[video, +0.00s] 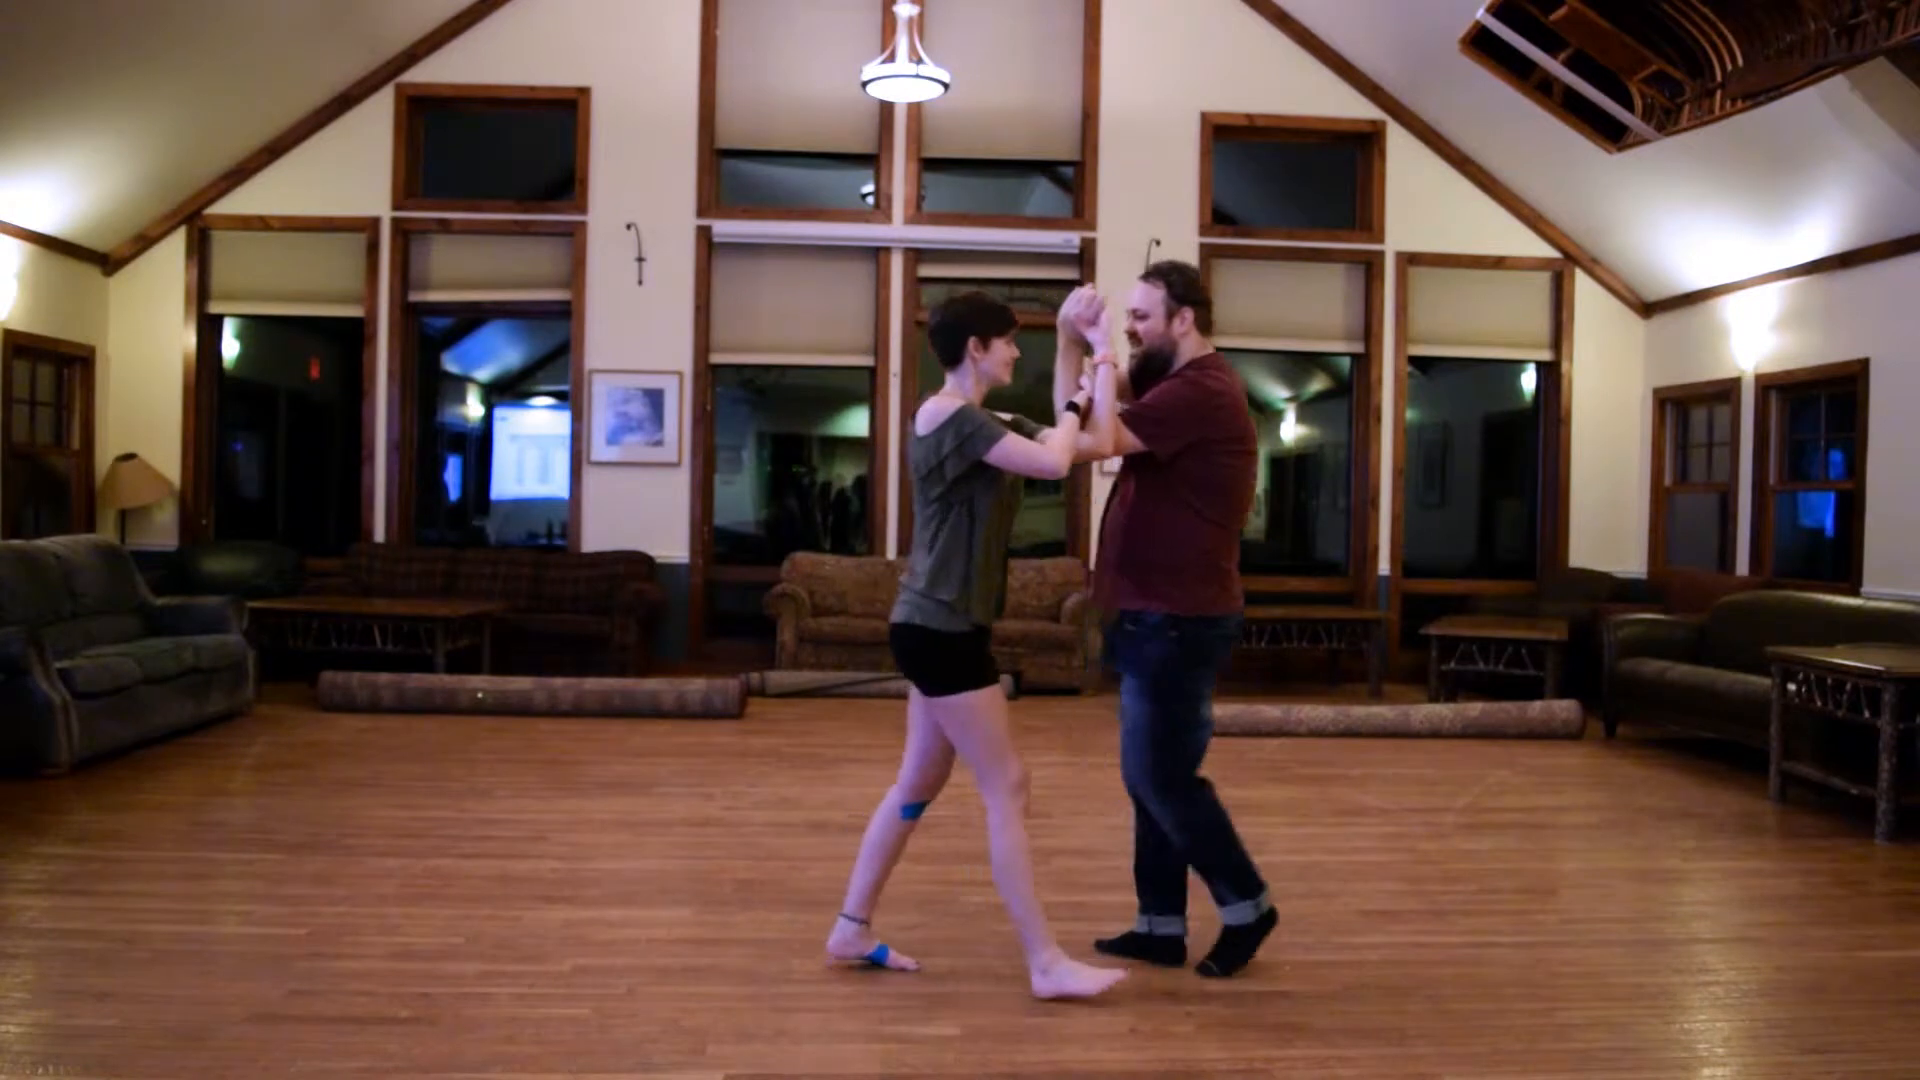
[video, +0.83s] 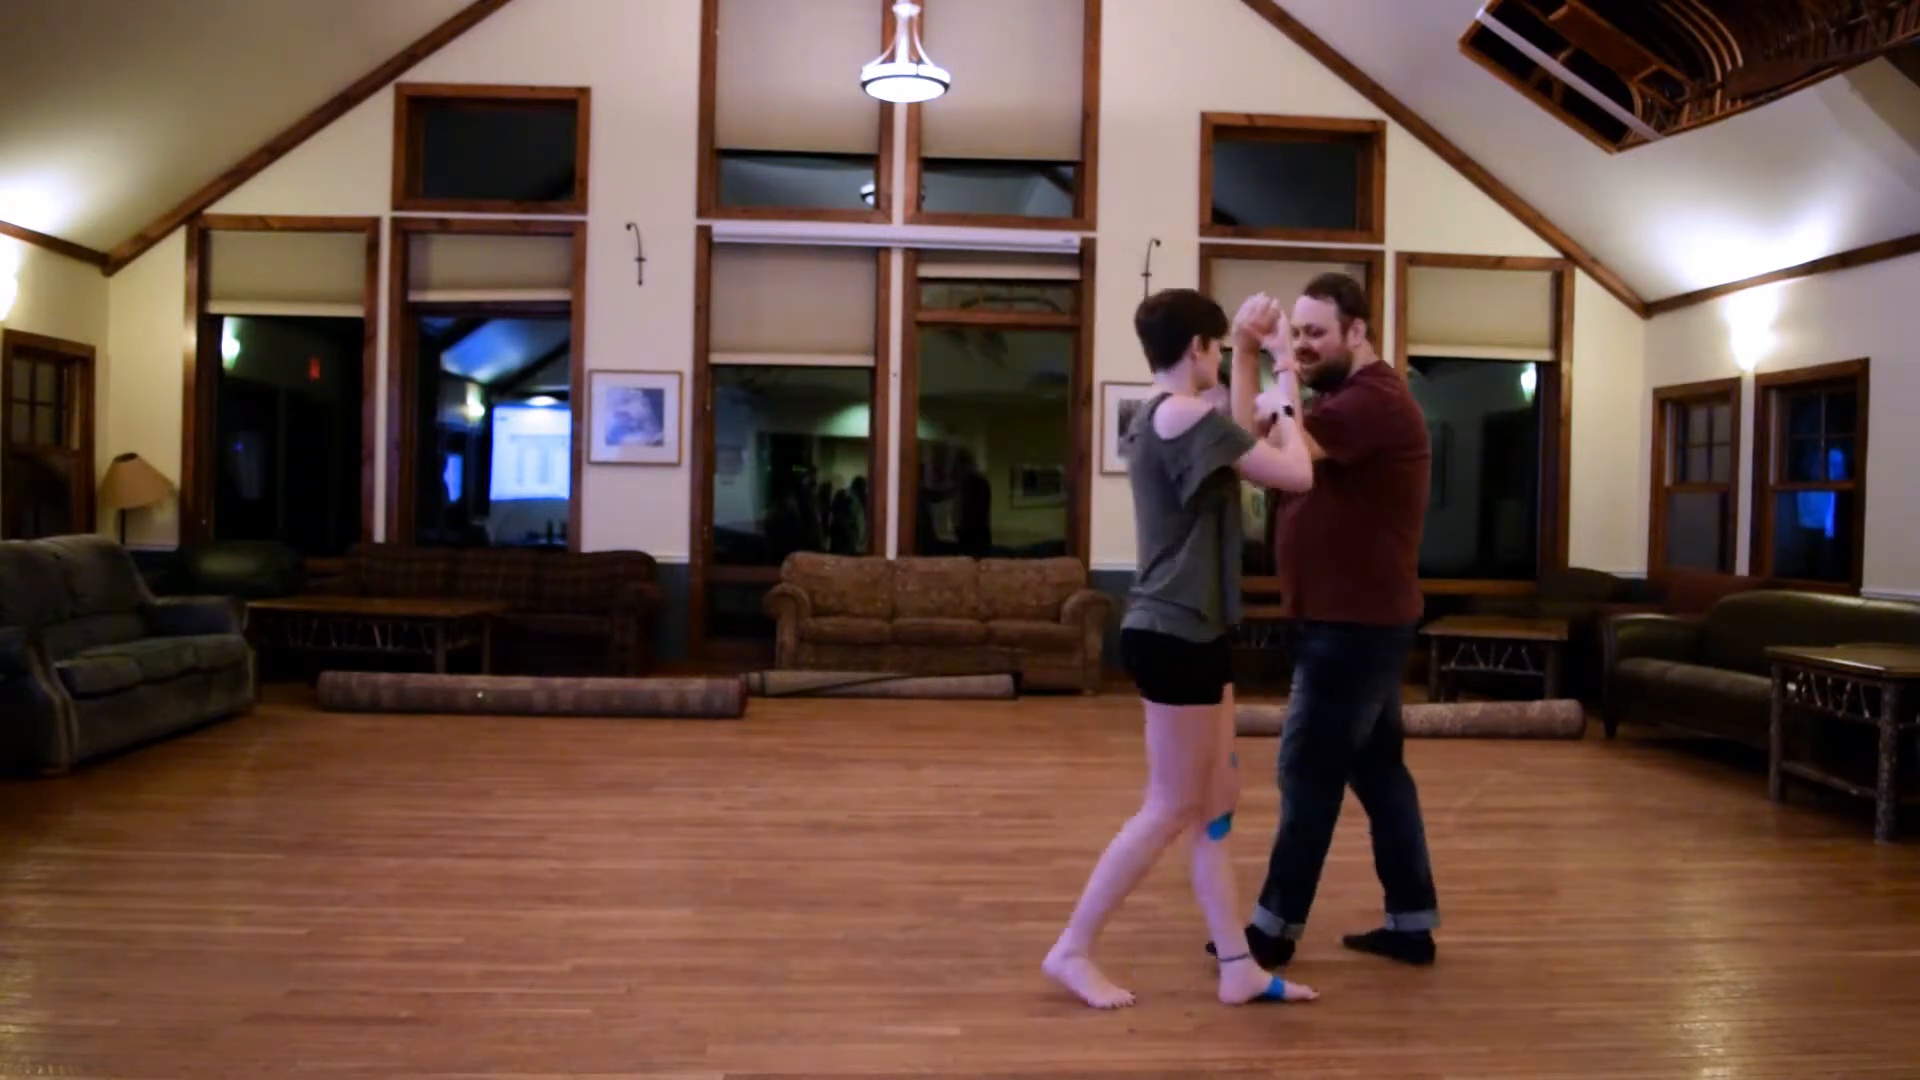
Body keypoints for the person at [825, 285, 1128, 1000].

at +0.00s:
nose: (1016, 353)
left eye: (1013, 341)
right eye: (1007, 342)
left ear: (965, 351)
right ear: (975, 349)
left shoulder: (941, 414)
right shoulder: (960, 423)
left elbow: (1055, 438)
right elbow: (1057, 460)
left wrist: (1073, 349)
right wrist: (1080, 392)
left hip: (930, 625)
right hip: (947, 633)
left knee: (915, 784)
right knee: (1005, 784)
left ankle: (850, 931)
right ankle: (1045, 963)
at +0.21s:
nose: (1063, 357)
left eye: (1062, 345)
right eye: (1059, 345)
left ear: (1015, 352)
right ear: (1032, 350)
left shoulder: (990, 418)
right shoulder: (1015, 425)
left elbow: (1102, 448)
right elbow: (1123, 462)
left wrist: (1111, 363)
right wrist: (1145, 372)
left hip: (999, 623)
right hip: (1020, 629)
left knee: (1020, 797)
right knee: (1067, 791)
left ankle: (902, 890)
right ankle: (1056, 969)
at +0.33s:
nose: (1098, 350)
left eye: (1095, 338)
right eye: (1092, 338)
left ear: (1048, 348)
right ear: (1065, 346)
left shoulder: (1036, 412)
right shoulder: (1047, 421)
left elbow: (1134, 436)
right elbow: (1158, 461)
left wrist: (1142, 351)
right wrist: (1179, 371)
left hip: (1061, 625)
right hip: (1046, 630)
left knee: (1112, 791)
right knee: (1084, 798)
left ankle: (982, 886)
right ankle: (1057, 971)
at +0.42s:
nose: (1118, 349)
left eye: (1117, 337)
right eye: (1113, 337)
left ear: (1066, 347)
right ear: (1086, 344)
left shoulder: (1053, 410)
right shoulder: (1071, 419)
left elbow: (1161, 438)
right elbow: (1187, 454)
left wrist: (1165, 356)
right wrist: (1198, 371)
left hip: (1084, 625)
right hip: (1064, 631)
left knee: (1142, 788)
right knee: (1090, 801)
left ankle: (1045, 913)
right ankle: (1055, 970)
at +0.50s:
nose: (1137, 347)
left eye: (1136, 335)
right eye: (1133, 335)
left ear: (1084, 344)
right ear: (1108, 341)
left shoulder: (1072, 408)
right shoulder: (1097, 414)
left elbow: (1178, 443)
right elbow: (1209, 452)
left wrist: (1185, 364)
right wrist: (1217, 374)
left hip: (1107, 623)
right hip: (1078, 627)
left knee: (1158, 784)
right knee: (1091, 797)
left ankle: (1123, 950)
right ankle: (1056, 970)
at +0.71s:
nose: (1189, 352)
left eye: (1189, 343)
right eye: (1187, 342)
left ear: (1131, 351)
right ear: (1166, 349)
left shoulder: (1131, 413)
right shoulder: (1153, 419)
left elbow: (1217, 435)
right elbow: (1263, 462)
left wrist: (1222, 354)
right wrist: (1261, 386)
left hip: (1157, 632)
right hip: (1129, 634)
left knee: (1192, 799)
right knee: (1112, 806)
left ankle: (1230, 966)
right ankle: (1056, 968)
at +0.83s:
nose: (1222, 357)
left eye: (1221, 345)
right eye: (1220, 346)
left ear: (1157, 351)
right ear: (1200, 349)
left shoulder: (1156, 416)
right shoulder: (1194, 422)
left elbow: (1241, 428)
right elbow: (1296, 473)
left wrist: (1247, 347)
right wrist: (1286, 401)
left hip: (1188, 632)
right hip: (1178, 636)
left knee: (1215, 802)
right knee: (1172, 806)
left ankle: (1238, 969)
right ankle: (1070, 951)